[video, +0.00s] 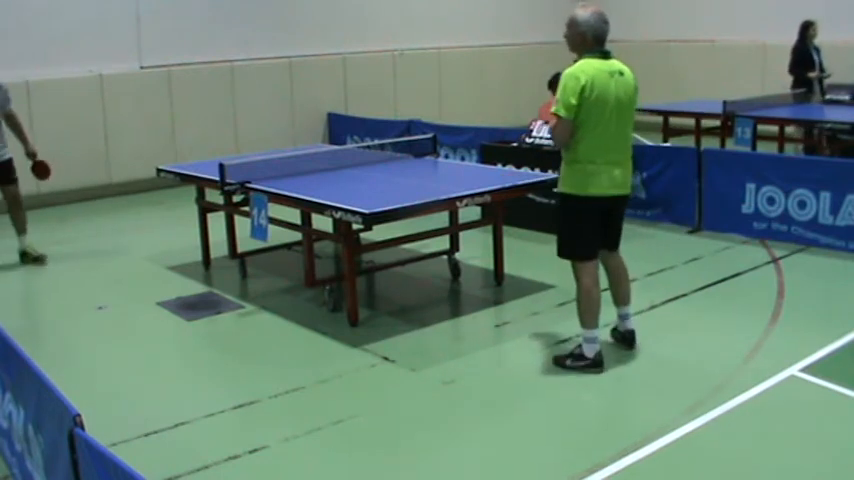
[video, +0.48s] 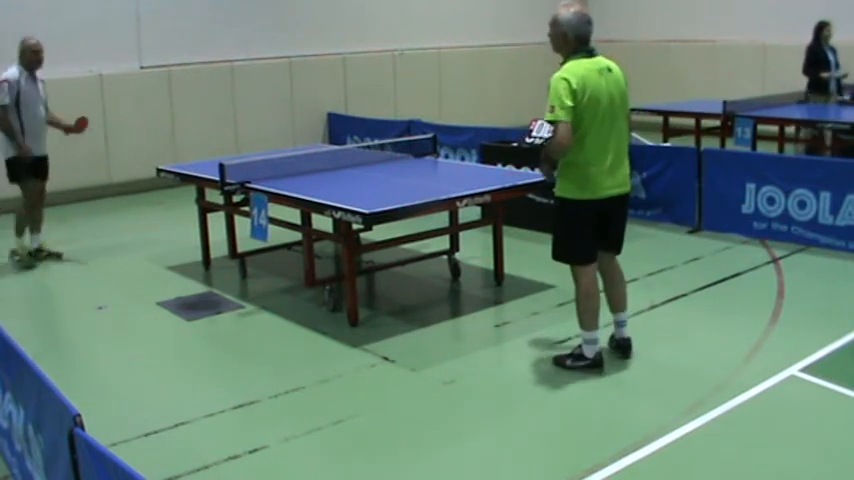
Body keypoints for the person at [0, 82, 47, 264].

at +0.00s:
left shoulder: (2, 90)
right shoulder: (4, 91)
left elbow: (7, 113)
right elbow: (8, 113)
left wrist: (27, 145)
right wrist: (27, 146)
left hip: (3, 153)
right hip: (3, 155)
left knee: (13, 195)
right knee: (12, 196)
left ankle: (24, 246)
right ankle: (24, 246)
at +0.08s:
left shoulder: (6, 89)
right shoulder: (6, 90)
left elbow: (13, 117)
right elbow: (14, 117)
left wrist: (29, 147)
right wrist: (30, 147)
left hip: (7, 154)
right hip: (6, 154)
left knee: (21, 196)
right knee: (20, 197)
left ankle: (31, 245)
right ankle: (31, 245)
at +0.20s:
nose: (13, 64)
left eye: (15, 60)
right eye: (9, 60)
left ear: (17, 63)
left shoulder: (19, 88)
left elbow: (24, 118)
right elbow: (24, 118)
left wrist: (37, 145)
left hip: (15, 154)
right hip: (4, 156)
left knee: (30, 193)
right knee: (28, 195)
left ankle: (34, 246)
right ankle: (33, 247)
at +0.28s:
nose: (23, 64)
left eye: (25, 59)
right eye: (18, 59)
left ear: (27, 62)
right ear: (6, 60)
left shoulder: (27, 87)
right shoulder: (3, 86)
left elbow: (32, 118)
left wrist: (45, 141)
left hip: (23, 154)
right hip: (3, 157)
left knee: (35, 194)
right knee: (1, 202)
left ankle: (35, 246)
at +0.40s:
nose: (34, 60)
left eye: (35, 55)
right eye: (29, 55)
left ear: (36, 58)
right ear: (17, 57)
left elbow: (40, 115)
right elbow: (1, 118)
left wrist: (57, 132)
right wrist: (10, 150)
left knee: (37, 197)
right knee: (14, 201)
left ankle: (36, 246)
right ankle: (3, 247)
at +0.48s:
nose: (39, 57)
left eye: (41, 53)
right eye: (35, 53)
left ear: (42, 55)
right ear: (22, 55)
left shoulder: (38, 80)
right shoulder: (10, 79)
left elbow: (44, 113)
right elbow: (5, 115)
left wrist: (66, 127)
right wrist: (20, 144)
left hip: (39, 151)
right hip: (18, 153)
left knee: (39, 198)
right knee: (30, 197)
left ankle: (36, 245)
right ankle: (19, 246)